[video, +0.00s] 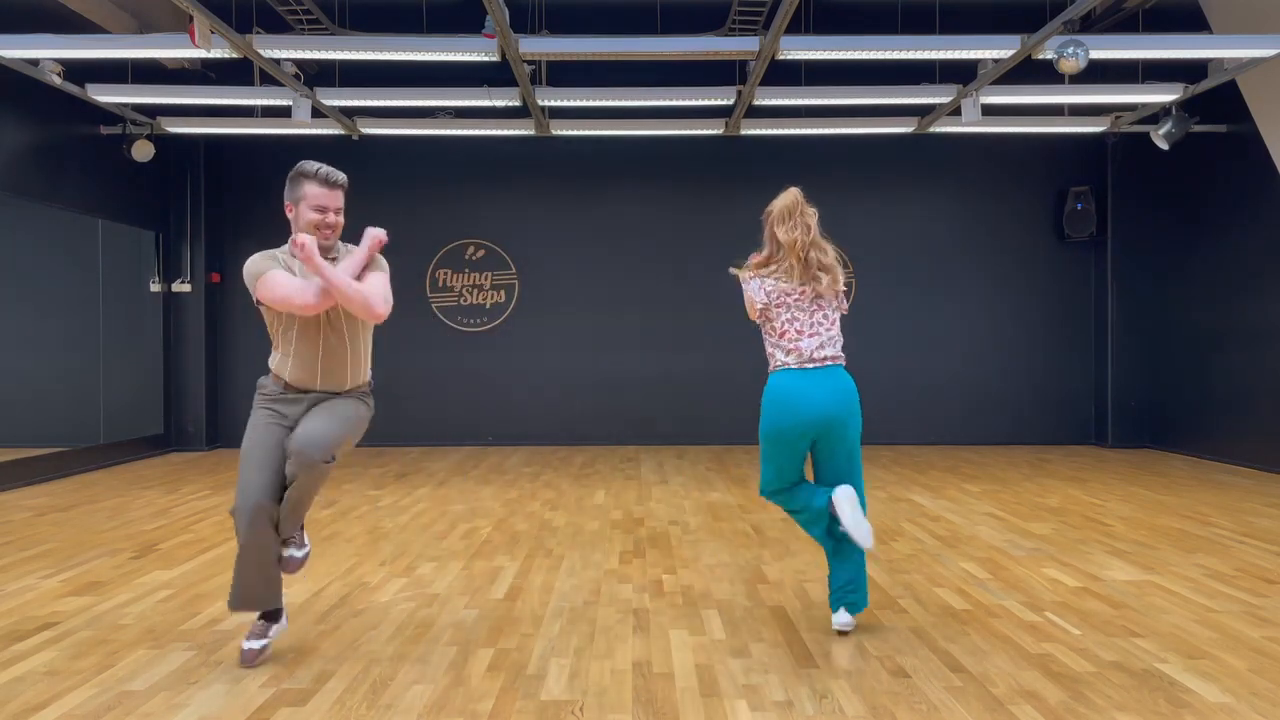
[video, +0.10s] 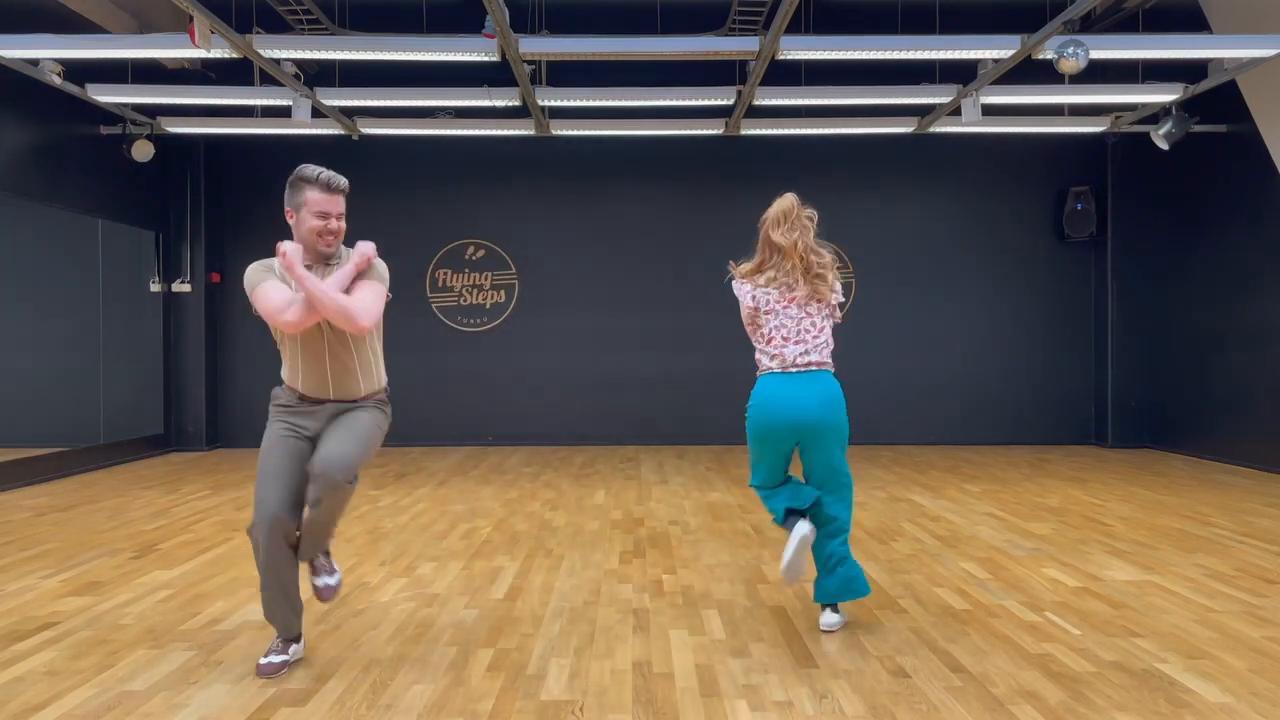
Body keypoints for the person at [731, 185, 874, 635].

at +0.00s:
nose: (769, 233)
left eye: (769, 228)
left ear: (772, 231)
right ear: (812, 229)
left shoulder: (757, 278)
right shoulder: (831, 269)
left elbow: (755, 314)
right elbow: (839, 308)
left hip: (786, 392)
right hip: (838, 388)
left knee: (781, 485)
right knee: (844, 497)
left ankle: (832, 502)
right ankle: (845, 604)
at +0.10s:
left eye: (774, 232)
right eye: (805, 231)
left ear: (766, 236)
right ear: (808, 236)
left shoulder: (748, 281)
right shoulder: (825, 276)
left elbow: (754, 332)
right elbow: (833, 317)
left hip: (771, 394)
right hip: (822, 393)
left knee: (770, 479)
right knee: (831, 494)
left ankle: (797, 520)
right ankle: (830, 602)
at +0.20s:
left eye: (762, 252)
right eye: (795, 250)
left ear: (759, 257)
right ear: (801, 255)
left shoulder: (740, 307)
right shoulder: (824, 302)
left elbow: (745, 371)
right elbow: (825, 369)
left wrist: (765, 407)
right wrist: (817, 413)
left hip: (758, 409)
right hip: (810, 408)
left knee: (742, 490)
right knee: (819, 505)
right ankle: (828, 603)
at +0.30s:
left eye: (745, 258)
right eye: (779, 257)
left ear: (744, 262)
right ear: (785, 260)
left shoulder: (730, 311)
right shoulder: (806, 306)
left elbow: (700, 366)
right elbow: (844, 356)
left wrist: (679, 393)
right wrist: (888, 393)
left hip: (736, 415)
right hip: (786, 415)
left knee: (707, 492)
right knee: (809, 508)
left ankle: (667, 563)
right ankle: (827, 604)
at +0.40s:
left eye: (730, 252)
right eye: (757, 250)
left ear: (722, 257)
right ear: (761, 255)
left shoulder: (703, 300)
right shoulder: (777, 297)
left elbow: (652, 317)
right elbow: (827, 305)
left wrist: (608, 316)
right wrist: (880, 295)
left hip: (701, 405)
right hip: (748, 408)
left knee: (673, 485)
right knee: (782, 501)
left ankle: (634, 556)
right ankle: (821, 593)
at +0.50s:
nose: (735, 254)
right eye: (734, 249)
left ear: (694, 254)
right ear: (731, 255)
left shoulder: (673, 292)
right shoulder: (742, 298)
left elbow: (625, 287)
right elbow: (782, 285)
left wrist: (588, 271)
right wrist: (815, 264)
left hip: (663, 397)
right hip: (707, 401)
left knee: (648, 486)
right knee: (739, 491)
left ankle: (627, 567)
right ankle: (782, 580)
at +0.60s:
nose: (712, 254)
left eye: (707, 248)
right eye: (708, 249)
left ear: (667, 258)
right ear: (702, 258)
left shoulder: (649, 294)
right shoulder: (708, 300)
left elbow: (606, 302)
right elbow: (723, 319)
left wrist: (571, 303)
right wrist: (762, 323)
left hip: (632, 397)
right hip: (670, 405)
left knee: (626, 487)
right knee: (703, 488)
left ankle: (620, 569)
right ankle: (720, 580)